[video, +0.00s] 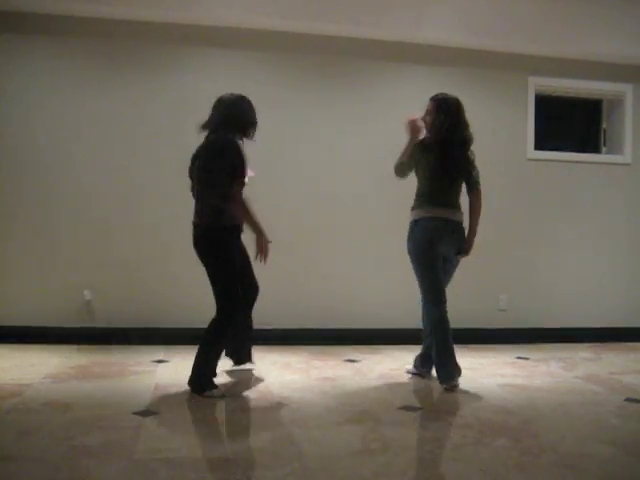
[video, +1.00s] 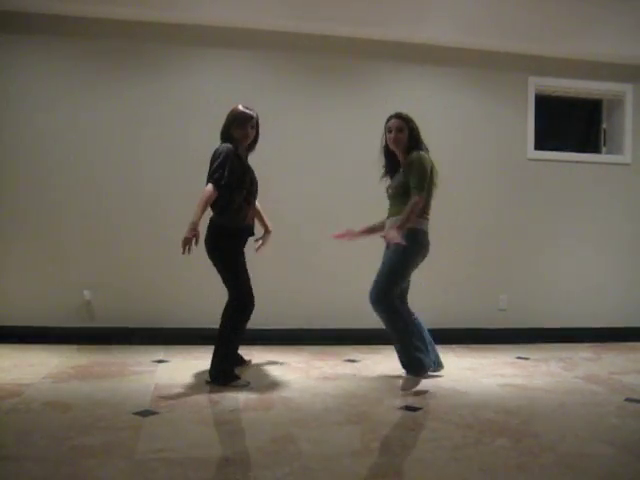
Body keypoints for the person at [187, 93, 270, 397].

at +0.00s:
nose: (252, 126)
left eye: (252, 120)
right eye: (250, 120)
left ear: (219, 116)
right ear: (240, 119)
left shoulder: (208, 146)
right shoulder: (229, 148)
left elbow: (200, 188)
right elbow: (233, 196)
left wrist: (236, 185)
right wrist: (259, 231)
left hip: (212, 232)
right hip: (218, 235)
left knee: (247, 289)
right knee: (229, 304)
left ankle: (239, 351)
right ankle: (201, 380)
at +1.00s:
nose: (249, 131)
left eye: (253, 127)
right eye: (244, 125)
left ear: (256, 132)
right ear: (232, 127)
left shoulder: (242, 160)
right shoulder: (226, 152)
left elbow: (247, 199)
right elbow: (210, 190)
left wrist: (265, 226)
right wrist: (193, 226)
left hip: (232, 239)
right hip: (222, 240)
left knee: (240, 298)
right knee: (242, 300)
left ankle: (228, 353)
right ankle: (220, 370)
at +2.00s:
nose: (263, 153)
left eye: (265, 148)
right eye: (263, 146)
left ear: (246, 137)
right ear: (252, 140)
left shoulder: (242, 161)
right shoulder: (231, 154)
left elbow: (260, 195)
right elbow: (229, 191)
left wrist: (293, 187)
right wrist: (227, 226)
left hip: (251, 236)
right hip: (242, 237)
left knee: (251, 297)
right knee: (256, 298)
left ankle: (227, 363)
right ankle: (227, 368)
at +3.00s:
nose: (242, 154)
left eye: (243, 149)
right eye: (241, 147)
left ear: (224, 139)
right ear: (230, 141)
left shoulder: (223, 156)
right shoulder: (215, 155)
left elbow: (256, 174)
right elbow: (247, 181)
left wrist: (292, 184)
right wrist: (273, 197)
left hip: (244, 235)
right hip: (238, 237)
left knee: (246, 299)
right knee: (246, 300)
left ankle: (227, 352)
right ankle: (220, 371)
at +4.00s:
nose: (227, 152)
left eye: (226, 147)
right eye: (224, 148)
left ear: (201, 147)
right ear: (215, 148)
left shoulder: (207, 170)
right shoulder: (215, 170)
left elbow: (252, 175)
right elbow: (249, 185)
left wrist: (293, 164)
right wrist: (263, 177)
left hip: (251, 235)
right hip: (256, 237)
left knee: (252, 301)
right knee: (252, 303)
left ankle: (231, 353)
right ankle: (222, 372)